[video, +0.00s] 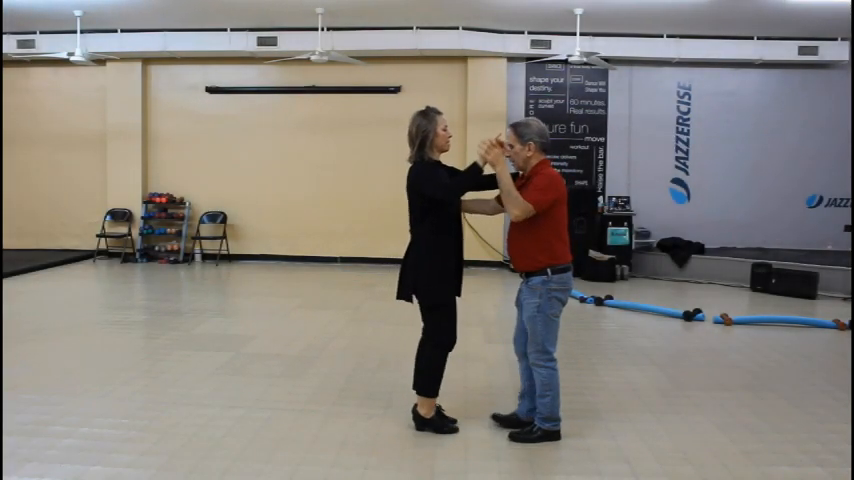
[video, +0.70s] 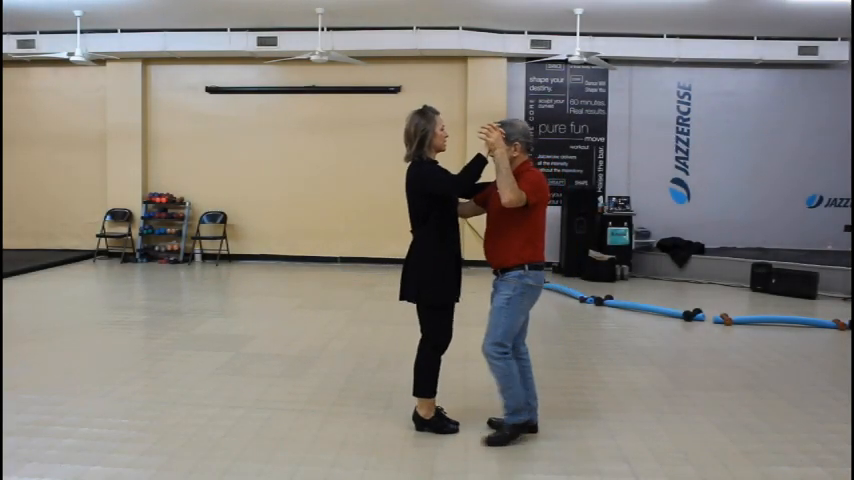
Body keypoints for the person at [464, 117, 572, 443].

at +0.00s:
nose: (506, 153)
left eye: (510, 147)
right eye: (505, 147)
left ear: (530, 148)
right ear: (526, 149)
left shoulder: (548, 179)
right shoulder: (524, 180)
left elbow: (518, 211)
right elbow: (492, 204)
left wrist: (500, 166)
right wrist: (450, 200)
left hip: (549, 280)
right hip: (532, 278)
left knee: (541, 354)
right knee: (525, 348)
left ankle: (548, 424)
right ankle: (527, 413)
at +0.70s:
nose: (492, 151)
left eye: (497, 145)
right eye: (491, 145)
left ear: (516, 148)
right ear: (512, 148)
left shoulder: (533, 178)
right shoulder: (501, 183)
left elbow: (509, 197)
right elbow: (466, 209)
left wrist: (499, 156)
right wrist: (433, 199)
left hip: (523, 276)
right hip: (507, 276)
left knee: (496, 347)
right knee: (514, 347)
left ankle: (518, 418)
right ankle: (525, 416)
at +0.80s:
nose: (491, 152)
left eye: (495, 146)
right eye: (489, 146)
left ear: (513, 148)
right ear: (509, 149)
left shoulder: (530, 179)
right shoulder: (499, 184)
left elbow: (506, 198)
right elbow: (463, 208)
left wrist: (497, 156)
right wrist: (432, 195)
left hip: (518, 277)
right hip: (504, 276)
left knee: (489, 349)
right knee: (512, 348)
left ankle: (489, 426)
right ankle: (525, 417)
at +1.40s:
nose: (481, 150)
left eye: (487, 145)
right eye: (483, 145)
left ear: (503, 151)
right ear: (503, 152)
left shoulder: (517, 181)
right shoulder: (496, 183)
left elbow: (496, 198)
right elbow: (466, 213)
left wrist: (491, 156)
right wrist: (432, 208)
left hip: (498, 282)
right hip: (496, 280)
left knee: (466, 356)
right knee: (495, 351)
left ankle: (449, 430)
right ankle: (523, 416)